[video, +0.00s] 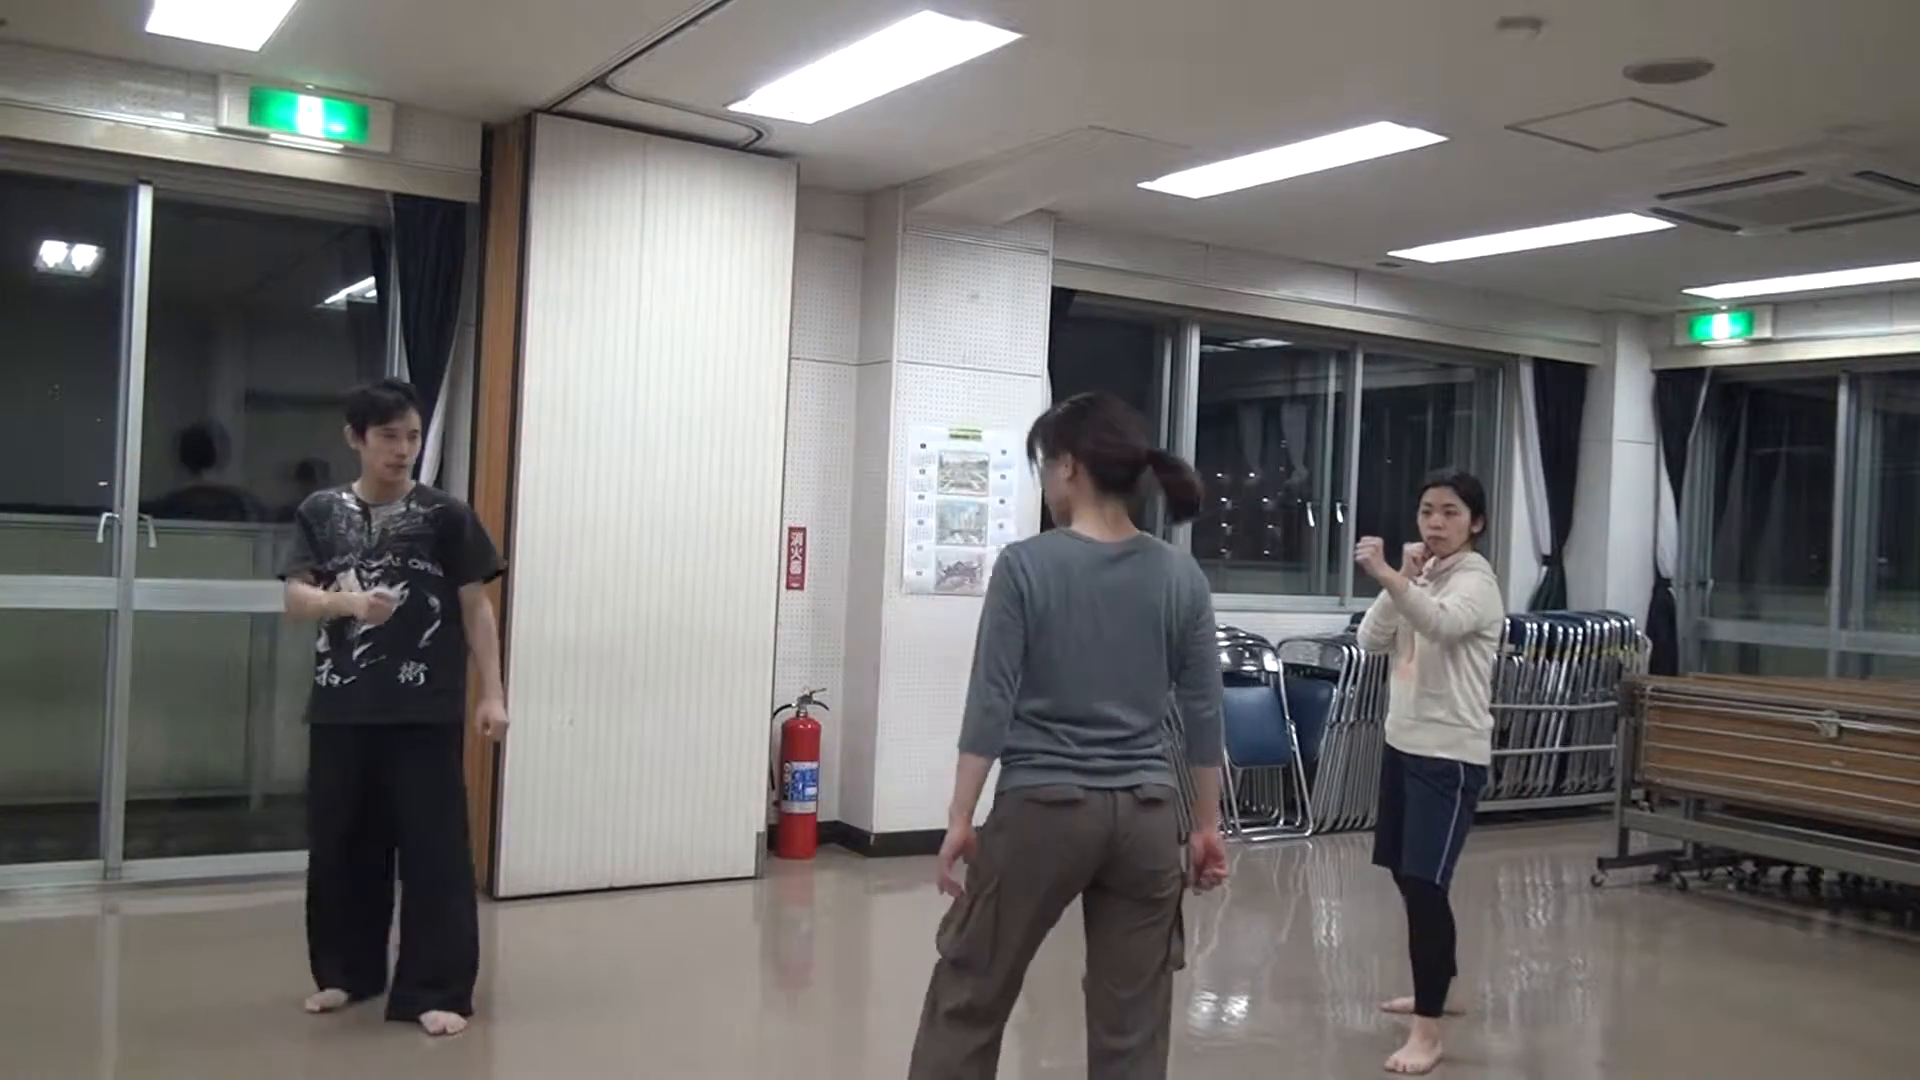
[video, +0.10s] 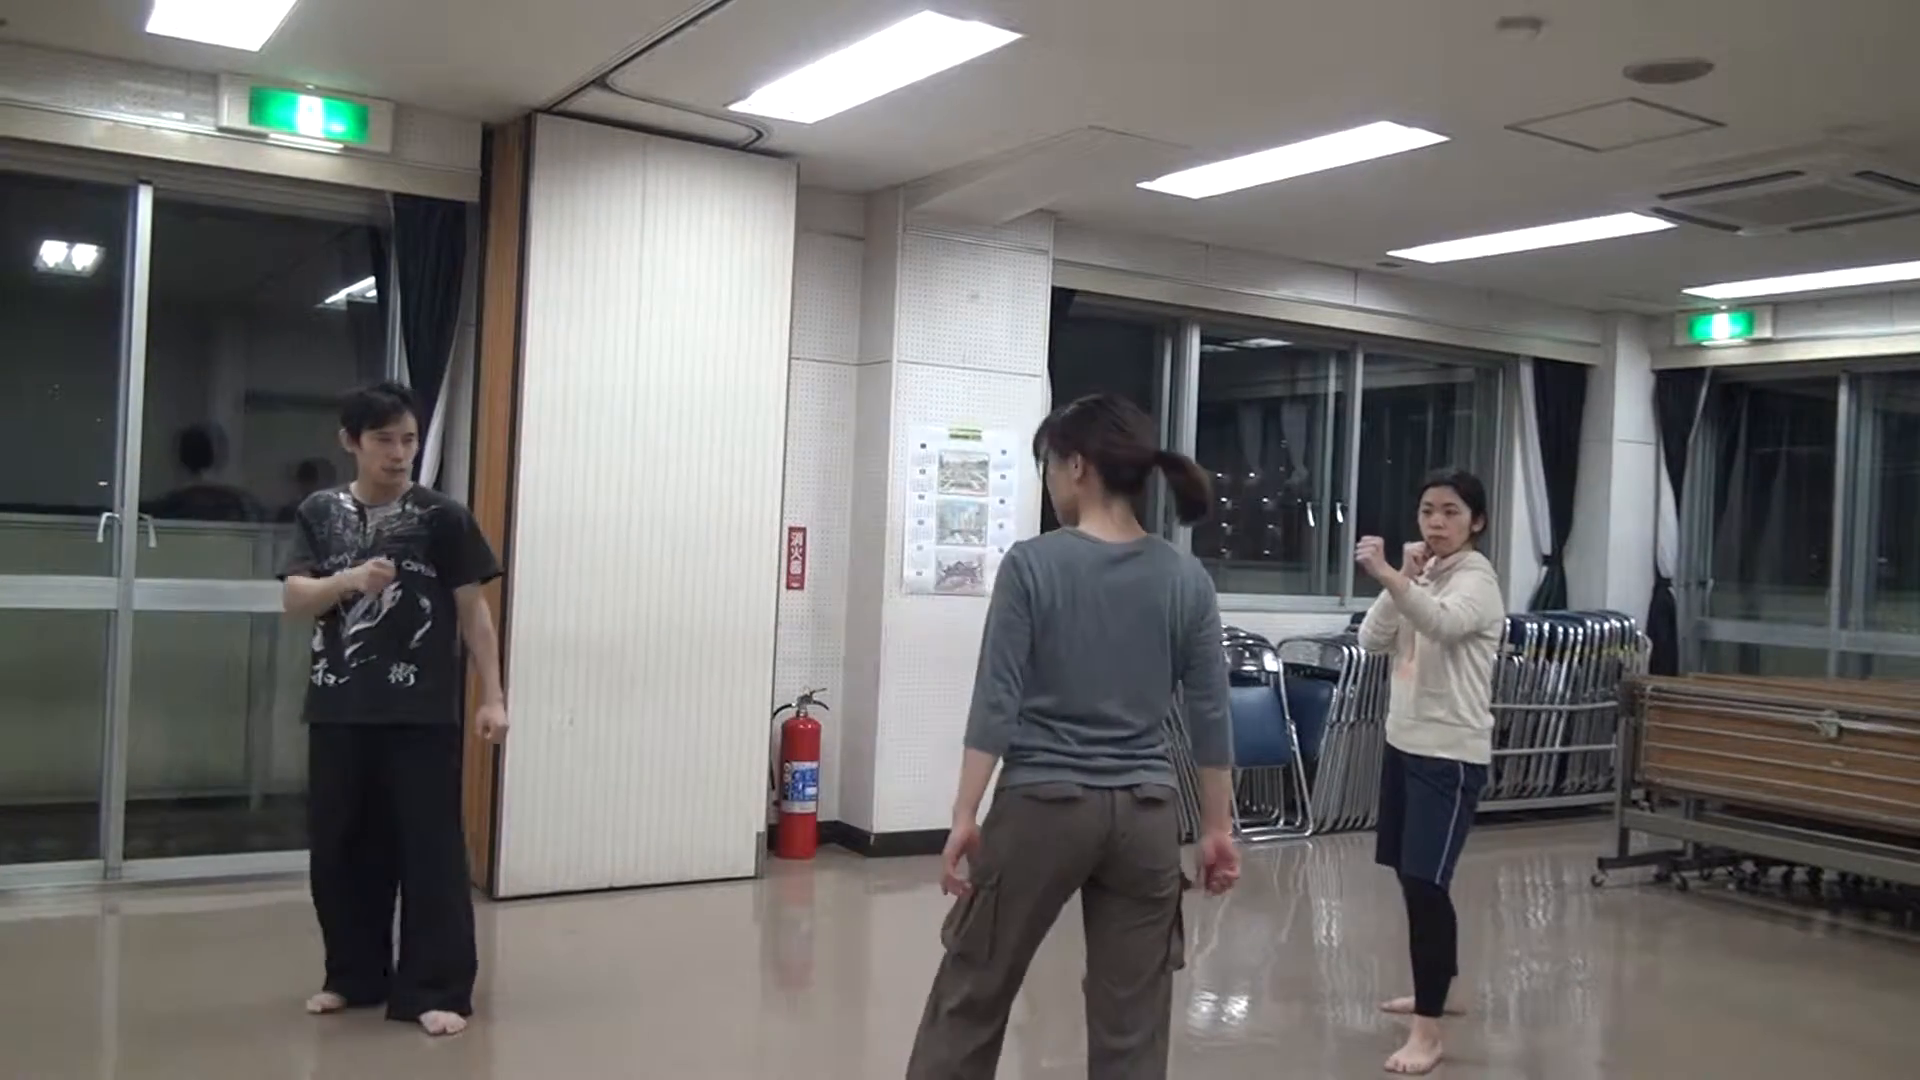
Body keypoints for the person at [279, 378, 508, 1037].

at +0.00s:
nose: (401, 449)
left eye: (411, 438)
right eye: (388, 437)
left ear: (421, 441)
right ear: (357, 439)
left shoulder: (448, 515)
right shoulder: (321, 513)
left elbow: (477, 610)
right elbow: (295, 599)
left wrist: (493, 693)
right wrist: (348, 602)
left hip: (426, 715)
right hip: (343, 716)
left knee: (435, 855)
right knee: (341, 848)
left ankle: (438, 995)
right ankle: (347, 975)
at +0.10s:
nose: (398, 451)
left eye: (407, 440)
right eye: (384, 440)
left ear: (418, 442)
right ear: (352, 442)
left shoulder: (444, 516)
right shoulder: (319, 514)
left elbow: (474, 614)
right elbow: (295, 600)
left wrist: (493, 696)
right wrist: (346, 581)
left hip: (424, 715)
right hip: (341, 716)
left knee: (430, 853)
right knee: (339, 850)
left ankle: (438, 995)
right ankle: (352, 980)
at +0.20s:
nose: (391, 452)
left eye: (401, 441)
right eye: (376, 441)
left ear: (412, 444)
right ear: (345, 445)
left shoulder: (440, 517)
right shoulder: (315, 515)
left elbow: (469, 611)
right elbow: (291, 598)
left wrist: (485, 692)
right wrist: (343, 559)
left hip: (419, 715)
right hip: (336, 715)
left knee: (426, 855)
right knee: (336, 854)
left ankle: (437, 994)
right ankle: (352, 981)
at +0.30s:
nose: (386, 453)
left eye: (395, 441)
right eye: (371, 442)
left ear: (407, 443)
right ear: (339, 447)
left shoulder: (435, 518)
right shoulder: (312, 517)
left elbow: (464, 611)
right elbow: (289, 596)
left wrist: (478, 687)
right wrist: (340, 545)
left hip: (414, 711)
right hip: (332, 712)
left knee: (420, 852)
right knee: (334, 849)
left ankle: (434, 996)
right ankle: (347, 982)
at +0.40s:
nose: (385, 453)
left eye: (395, 441)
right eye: (370, 442)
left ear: (406, 444)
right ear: (337, 448)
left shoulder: (433, 518)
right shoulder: (311, 517)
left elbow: (459, 607)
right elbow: (289, 594)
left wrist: (473, 674)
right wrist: (343, 532)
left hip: (414, 712)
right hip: (331, 712)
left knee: (421, 849)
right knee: (334, 848)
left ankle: (436, 996)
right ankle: (343, 982)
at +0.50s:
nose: (385, 453)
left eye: (394, 441)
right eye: (369, 442)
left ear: (405, 444)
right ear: (337, 447)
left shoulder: (431, 516)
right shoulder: (309, 516)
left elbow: (459, 598)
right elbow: (288, 592)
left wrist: (471, 647)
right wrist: (344, 530)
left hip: (414, 711)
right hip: (331, 711)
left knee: (430, 846)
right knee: (334, 846)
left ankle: (447, 992)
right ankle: (344, 982)